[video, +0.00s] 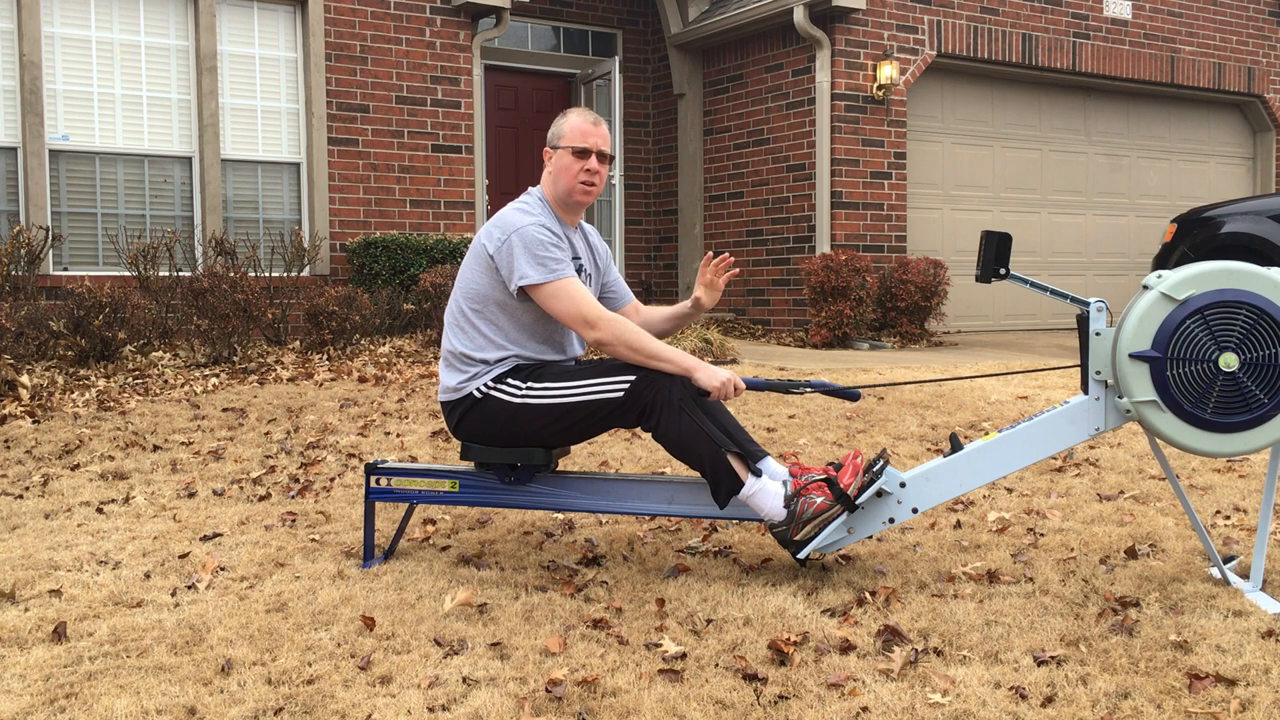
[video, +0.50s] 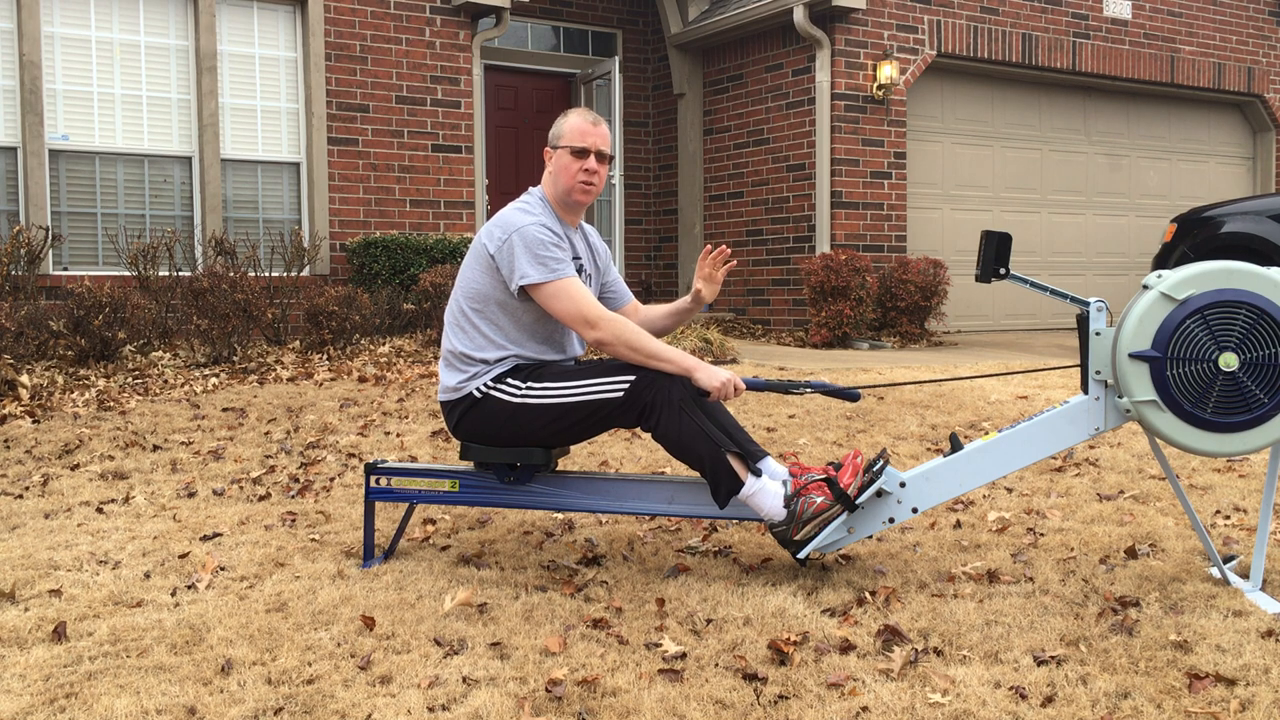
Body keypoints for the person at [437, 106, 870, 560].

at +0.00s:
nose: (593, 168)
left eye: (603, 160)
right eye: (581, 154)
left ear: (610, 171)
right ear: (548, 158)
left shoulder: (587, 240)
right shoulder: (523, 226)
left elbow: (637, 320)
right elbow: (592, 327)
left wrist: (694, 306)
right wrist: (697, 369)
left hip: (541, 377)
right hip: (487, 391)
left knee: (675, 376)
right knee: (651, 386)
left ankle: (786, 484)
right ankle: (776, 510)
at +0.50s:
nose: (592, 168)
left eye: (603, 159)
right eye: (579, 154)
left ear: (609, 171)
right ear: (548, 158)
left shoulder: (586, 239)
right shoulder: (524, 226)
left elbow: (635, 320)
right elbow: (592, 326)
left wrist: (694, 300)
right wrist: (698, 370)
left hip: (540, 377)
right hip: (487, 391)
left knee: (675, 377)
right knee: (650, 387)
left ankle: (788, 485)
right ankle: (777, 510)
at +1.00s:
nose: (594, 169)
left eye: (605, 162)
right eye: (582, 155)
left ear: (610, 173)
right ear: (550, 157)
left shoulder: (587, 236)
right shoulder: (524, 225)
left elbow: (641, 315)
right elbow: (593, 327)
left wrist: (688, 289)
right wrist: (699, 371)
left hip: (541, 377)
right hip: (487, 391)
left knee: (675, 377)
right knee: (650, 387)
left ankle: (786, 484)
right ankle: (776, 509)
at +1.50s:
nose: (595, 169)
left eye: (605, 161)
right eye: (583, 155)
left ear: (612, 172)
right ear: (551, 158)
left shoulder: (588, 238)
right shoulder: (526, 225)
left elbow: (644, 337)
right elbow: (594, 328)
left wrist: (643, 295)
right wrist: (699, 370)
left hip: (539, 376)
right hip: (486, 389)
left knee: (674, 378)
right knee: (650, 388)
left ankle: (786, 484)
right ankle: (776, 509)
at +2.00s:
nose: (593, 169)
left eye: (604, 160)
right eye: (580, 155)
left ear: (611, 171)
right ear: (550, 158)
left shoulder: (591, 238)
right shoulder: (524, 226)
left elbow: (657, 298)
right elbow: (594, 327)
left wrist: (744, 283)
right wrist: (699, 371)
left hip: (540, 377)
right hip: (487, 391)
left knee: (676, 378)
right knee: (650, 388)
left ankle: (787, 485)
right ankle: (776, 510)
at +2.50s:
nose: (593, 167)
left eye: (603, 159)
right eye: (580, 154)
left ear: (610, 171)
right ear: (549, 158)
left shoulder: (586, 236)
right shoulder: (525, 225)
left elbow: (642, 311)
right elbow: (593, 327)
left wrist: (675, 287)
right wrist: (699, 371)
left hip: (539, 376)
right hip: (487, 390)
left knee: (675, 378)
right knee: (650, 388)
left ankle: (787, 483)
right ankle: (776, 509)